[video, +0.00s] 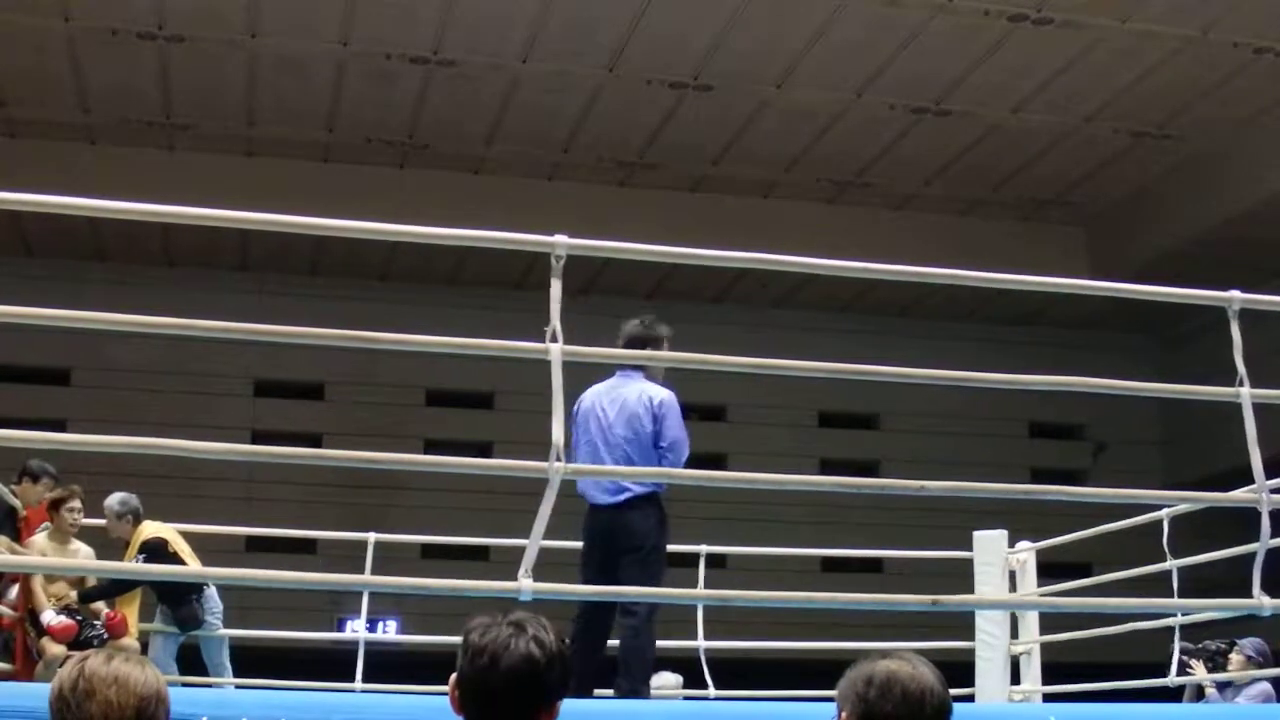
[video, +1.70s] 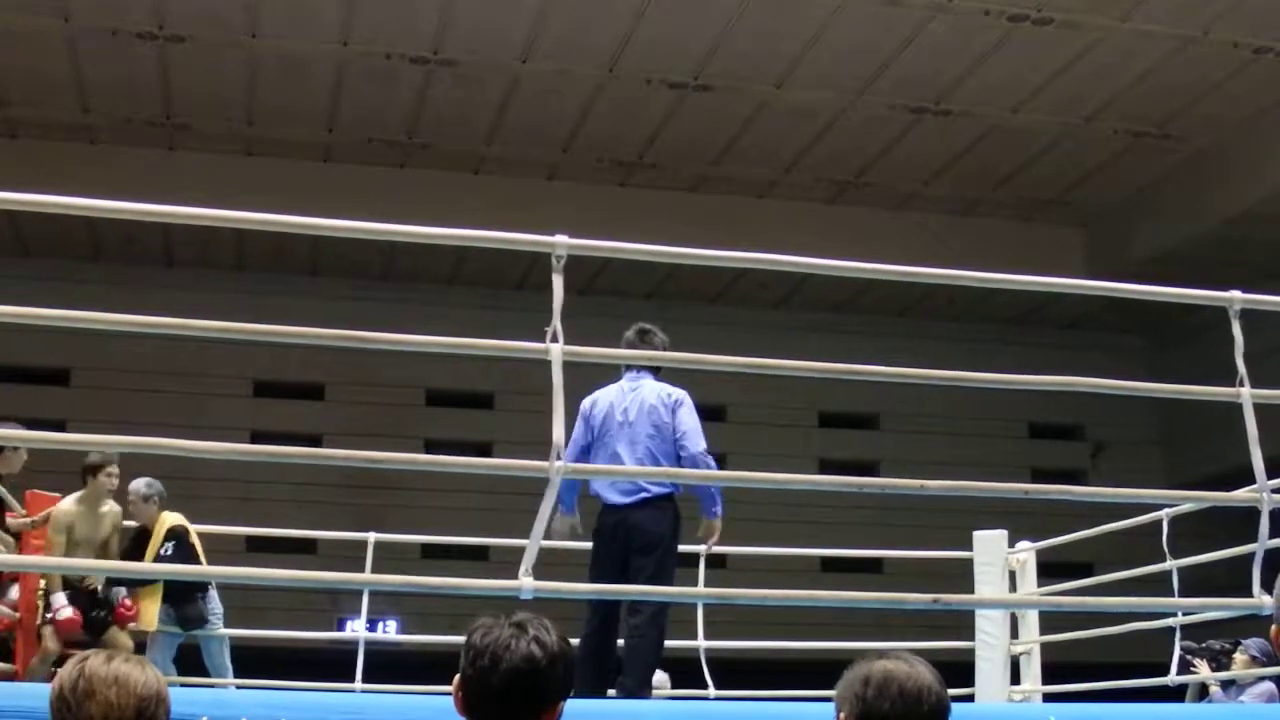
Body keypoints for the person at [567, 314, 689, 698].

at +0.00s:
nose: (667, 358)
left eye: (667, 351)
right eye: (665, 351)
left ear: (623, 352)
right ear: (652, 353)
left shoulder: (587, 398)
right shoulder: (660, 398)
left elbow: (576, 453)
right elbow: (676, 453)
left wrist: (597, 479)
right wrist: (654, 482)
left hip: (598, 515)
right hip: (642, 514)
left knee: (593, 606)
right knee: (638, 607)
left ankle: (576, 696)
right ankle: (632, 699)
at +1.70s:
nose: (659, 363)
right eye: (660, 357)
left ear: (623, 357)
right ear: (660, 359)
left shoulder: (594, 402)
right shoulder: (675, 399)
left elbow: (573, 459)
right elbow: (694, 456)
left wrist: (566, 508)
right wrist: (713, 510)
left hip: (611, 517)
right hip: (656, 517)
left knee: (601, 607)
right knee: (647, 608)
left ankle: (586, 697)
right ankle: (633, 699)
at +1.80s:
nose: (659, 362)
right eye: (662, 357)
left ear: (624, 356)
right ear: (660, 359)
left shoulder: (594, 401)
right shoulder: (673, 399)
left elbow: (569, 452)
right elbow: (700, 453)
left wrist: (550, 458)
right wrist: (731, 497)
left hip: (611, 519)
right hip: (657, 518)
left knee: (602, 607)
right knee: (647, 608)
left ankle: (587, 698)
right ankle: (633, 698)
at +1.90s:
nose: (665, 358)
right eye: (664, 353)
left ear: (625, 355)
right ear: (662, 357)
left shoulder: (594, 401)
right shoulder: (670, 398)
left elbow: (556, 448)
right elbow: (702, 448)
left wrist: (543, 431)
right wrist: (750, 466)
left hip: (612, 517)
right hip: (658, 517)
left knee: (604, 605)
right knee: (647, 607)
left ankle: (587, 696)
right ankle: (634, 698)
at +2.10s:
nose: (673, 362)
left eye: (671, 355)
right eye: (671, 355)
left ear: (631, 355)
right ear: (663, 358)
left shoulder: (598, 398)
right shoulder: (668, 396)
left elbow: (550, 430)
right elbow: (716, 426)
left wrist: (534, 410)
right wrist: (776, 411)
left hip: (611, 516)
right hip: (655, 514)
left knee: (602, 606)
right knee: (647, 606)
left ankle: (588, 698)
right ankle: (632, 699)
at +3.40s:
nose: (673, 366)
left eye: (673, 360)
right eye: (673, 360)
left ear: (631, 356)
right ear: (666, 360)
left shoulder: (597, 399)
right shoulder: (669, 396)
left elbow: (555, 437)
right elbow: (714, 428)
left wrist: (529, 473)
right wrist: (768, 402)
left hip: (610, 517)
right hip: (655, 516)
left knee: (602, 604)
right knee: (645, 606)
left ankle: (589, 696)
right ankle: (633, 698)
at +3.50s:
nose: (674, 362)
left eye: (672, 355)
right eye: (673, 356)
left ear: (634, 354)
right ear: (667, 357)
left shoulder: (597, 400)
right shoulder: (668, 396)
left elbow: (565, 456)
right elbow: (713, 426)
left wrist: (556, 516)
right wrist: (770, 401)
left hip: (610, 516)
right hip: (654, 515)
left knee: (600, 608)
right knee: (646, 608)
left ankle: (587, 699)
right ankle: (631, 700)